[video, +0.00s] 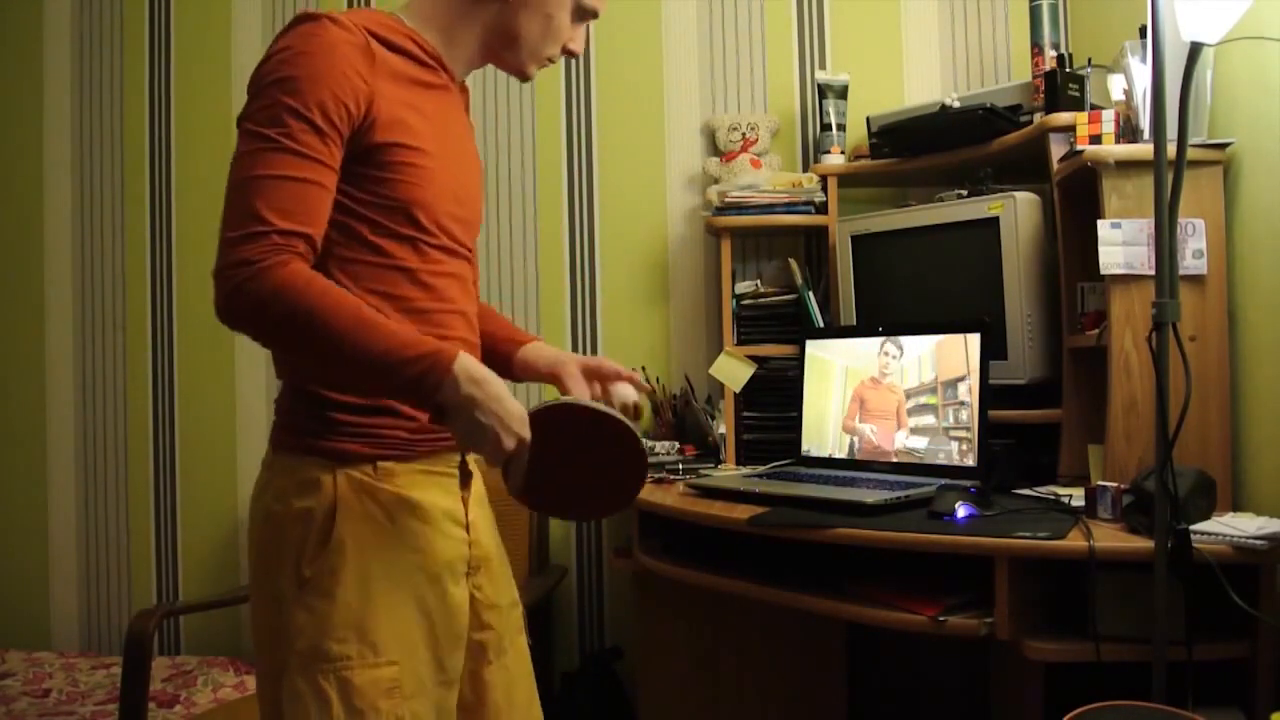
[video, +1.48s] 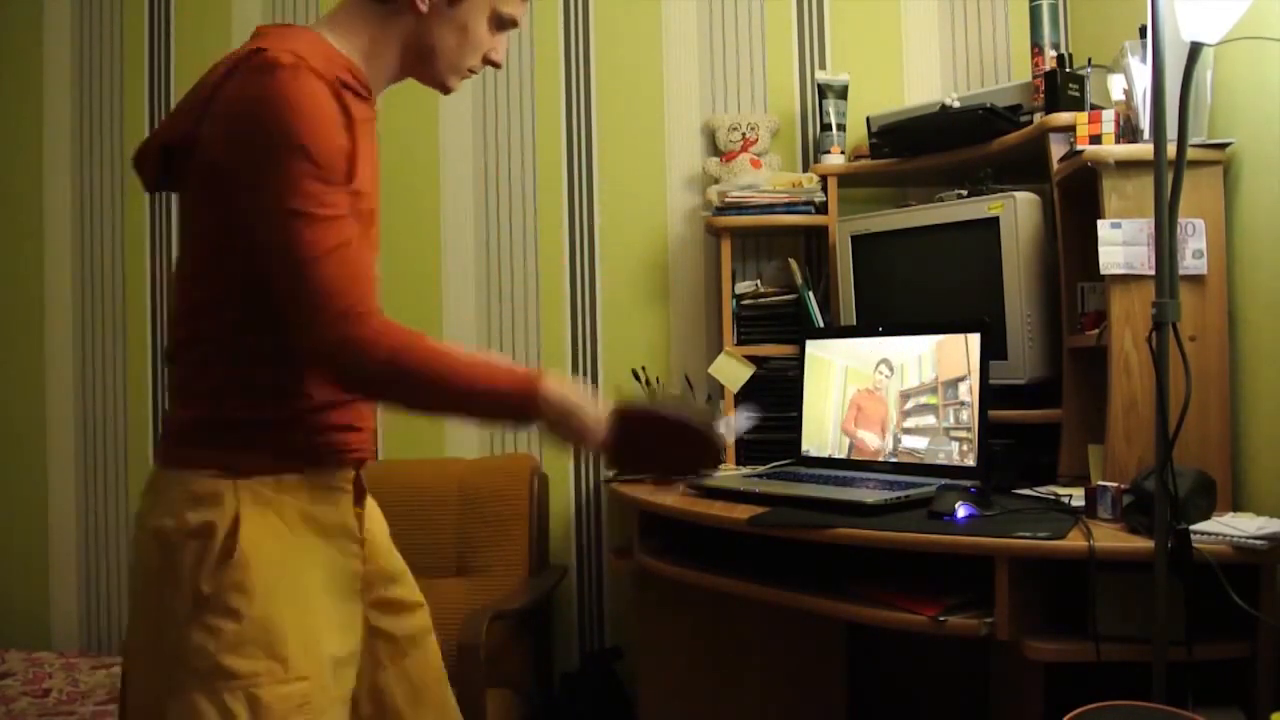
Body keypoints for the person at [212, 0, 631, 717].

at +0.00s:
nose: (578, 47)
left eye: (589, 25)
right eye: (583, 13)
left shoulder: (447, 94)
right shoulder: (331, 50)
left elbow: (426, 294)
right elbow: (252, 274)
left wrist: (547, 360)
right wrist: (445, 375)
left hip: (456, 494)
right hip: (350, 499)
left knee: (503, 710)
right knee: (362, 709)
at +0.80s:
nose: (494, 45)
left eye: (506, 23)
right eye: (497, 11)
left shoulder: (374, 119)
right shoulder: (230, 42)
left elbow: (415, 314)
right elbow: (189, 278)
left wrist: (571, 353)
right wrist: (395, 356)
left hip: (363, 513)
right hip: (232, 517)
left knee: (425, 708)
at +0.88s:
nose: (478, 33)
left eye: (486, 12)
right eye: (477, 2)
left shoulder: (355, 110)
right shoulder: (208, 39)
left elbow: (406, 315)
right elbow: (147, 278)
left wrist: (561, 307)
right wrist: (365, 358)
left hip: (349, 513)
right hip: (217, 517)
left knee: (413, 708)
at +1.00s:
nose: (461, 15)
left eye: (466, 4)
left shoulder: (339, 110)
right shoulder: (174, 35)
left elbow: (385, 306)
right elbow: (59, 261)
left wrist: (540, 305)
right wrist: (267, 370)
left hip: (341, 518)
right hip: (203, 524)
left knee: (408, 711)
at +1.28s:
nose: (479, 43)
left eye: (486, 18)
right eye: (475, 8)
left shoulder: (336, 114)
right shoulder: (199, 64)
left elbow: (301, 310)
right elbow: (61, 292)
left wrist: (448, 373)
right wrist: (249, 455)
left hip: (316, 522)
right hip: (194, 531)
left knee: (417, 712)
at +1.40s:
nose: (493, 59)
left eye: (503, 36)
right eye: (493, 26)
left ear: (417, 7)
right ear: (419, 1)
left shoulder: (334, 104)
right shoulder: (254, 87)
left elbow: (316, 322)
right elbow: (256, 347)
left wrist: (448, 377)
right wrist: (447, 452)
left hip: (323, 510)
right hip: (232, 520)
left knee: (415, 712)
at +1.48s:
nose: (497, 56)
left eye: (507, 33)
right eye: (498, 23)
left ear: (427, 5)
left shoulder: (331, 92)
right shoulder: (281, 89)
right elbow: (341, 334)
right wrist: (537, 392)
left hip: (333, 514)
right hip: (246, 526)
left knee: (418, 712)